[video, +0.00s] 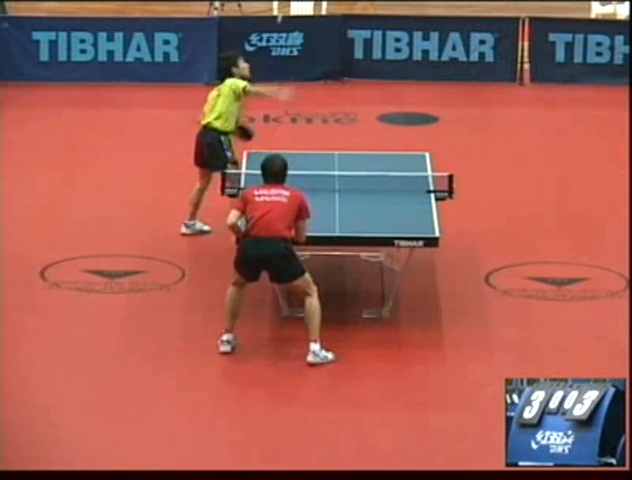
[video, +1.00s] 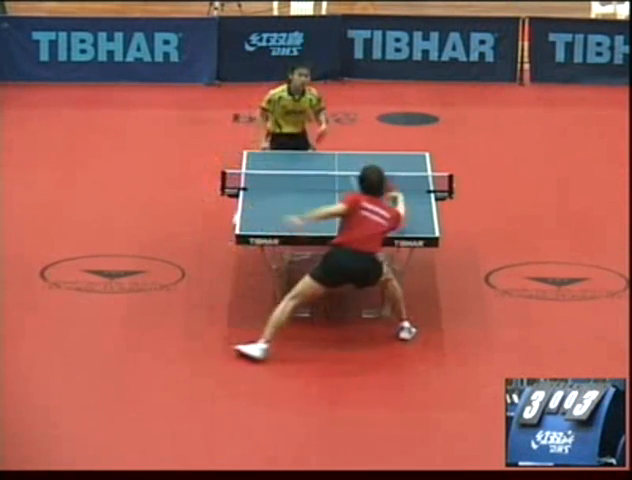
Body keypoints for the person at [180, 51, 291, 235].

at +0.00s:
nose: (248, 67)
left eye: (246, 63)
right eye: (244, 64)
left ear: (231, 70)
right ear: (234, 69)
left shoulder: (217, 90)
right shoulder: (234, 83)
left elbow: (212, 114)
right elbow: (252, 90)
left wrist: (237, 125)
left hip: (205, 133)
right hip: (219, 135)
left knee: (204, 181)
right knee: (235, 176)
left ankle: (191, 221)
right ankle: (241, 219)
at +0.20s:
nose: (263, 81)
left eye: (263, 76)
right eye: (261, 76)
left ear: (245, 78)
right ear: (251, 77)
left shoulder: (227, 90)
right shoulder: (250, 93)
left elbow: (208, 107)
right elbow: (243, 116)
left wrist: (228, 108)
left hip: (210, 133)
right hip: (225, 138)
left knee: (208, 182)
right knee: (242, 179)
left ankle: (192, 220)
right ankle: (223, 214)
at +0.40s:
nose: (278, 102)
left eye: (280, 99)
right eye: (277, 97)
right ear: (267, 94)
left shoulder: (251, 98)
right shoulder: (255, 108)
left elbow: (248, 83)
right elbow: (233, 121)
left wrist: (261, 87)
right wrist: (221, 141)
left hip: (234, 149)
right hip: (228, 149)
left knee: (235, 188)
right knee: (234, 188)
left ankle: (208, 208)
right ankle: (206, 206)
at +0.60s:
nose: (283, 84)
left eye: (285, 80)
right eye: (280, 79)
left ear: (288, 83)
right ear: (270, 79)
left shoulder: (280, 94)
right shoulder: (258, 93)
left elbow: (291, 89)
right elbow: (233, 107)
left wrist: (297, 104)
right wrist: (227, 137)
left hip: (258, 132)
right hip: (242, 133)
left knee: (266, 163)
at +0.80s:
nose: (294, 85)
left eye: (297, 81)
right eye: (290, 80)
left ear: (300, 84)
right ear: (281, 81)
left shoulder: (298, 101)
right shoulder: (266, 98)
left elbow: (303, 120)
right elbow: (248, 117)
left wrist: (308, 123)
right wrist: (243, 140)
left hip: (281, 138)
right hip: (261, 139)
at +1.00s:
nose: (303, 80)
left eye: (306, 76)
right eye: (300, 75)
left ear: (309, 79)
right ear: (291, 77)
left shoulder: (312, 95)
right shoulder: (276, 95)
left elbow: (320, 110)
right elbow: (264, 111)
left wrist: (323, 125)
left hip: (299, 134)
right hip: (279, 135)